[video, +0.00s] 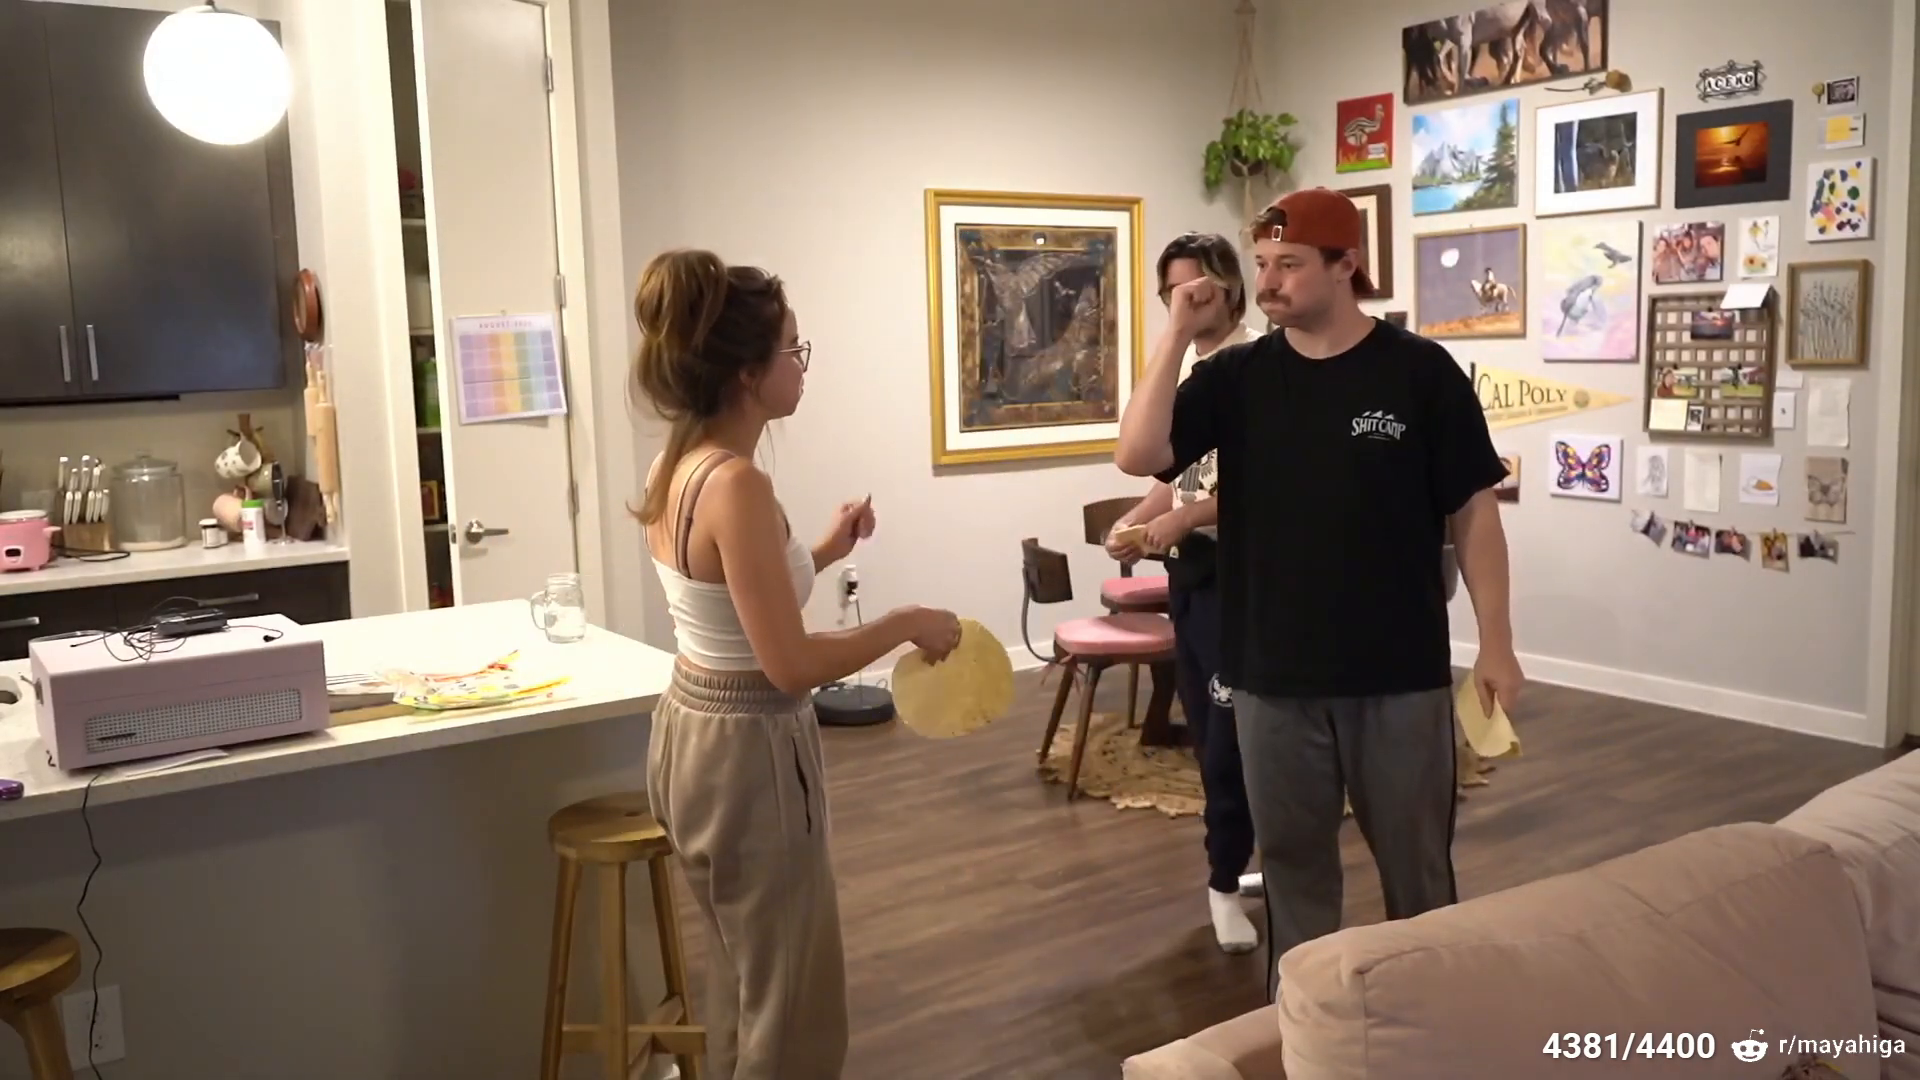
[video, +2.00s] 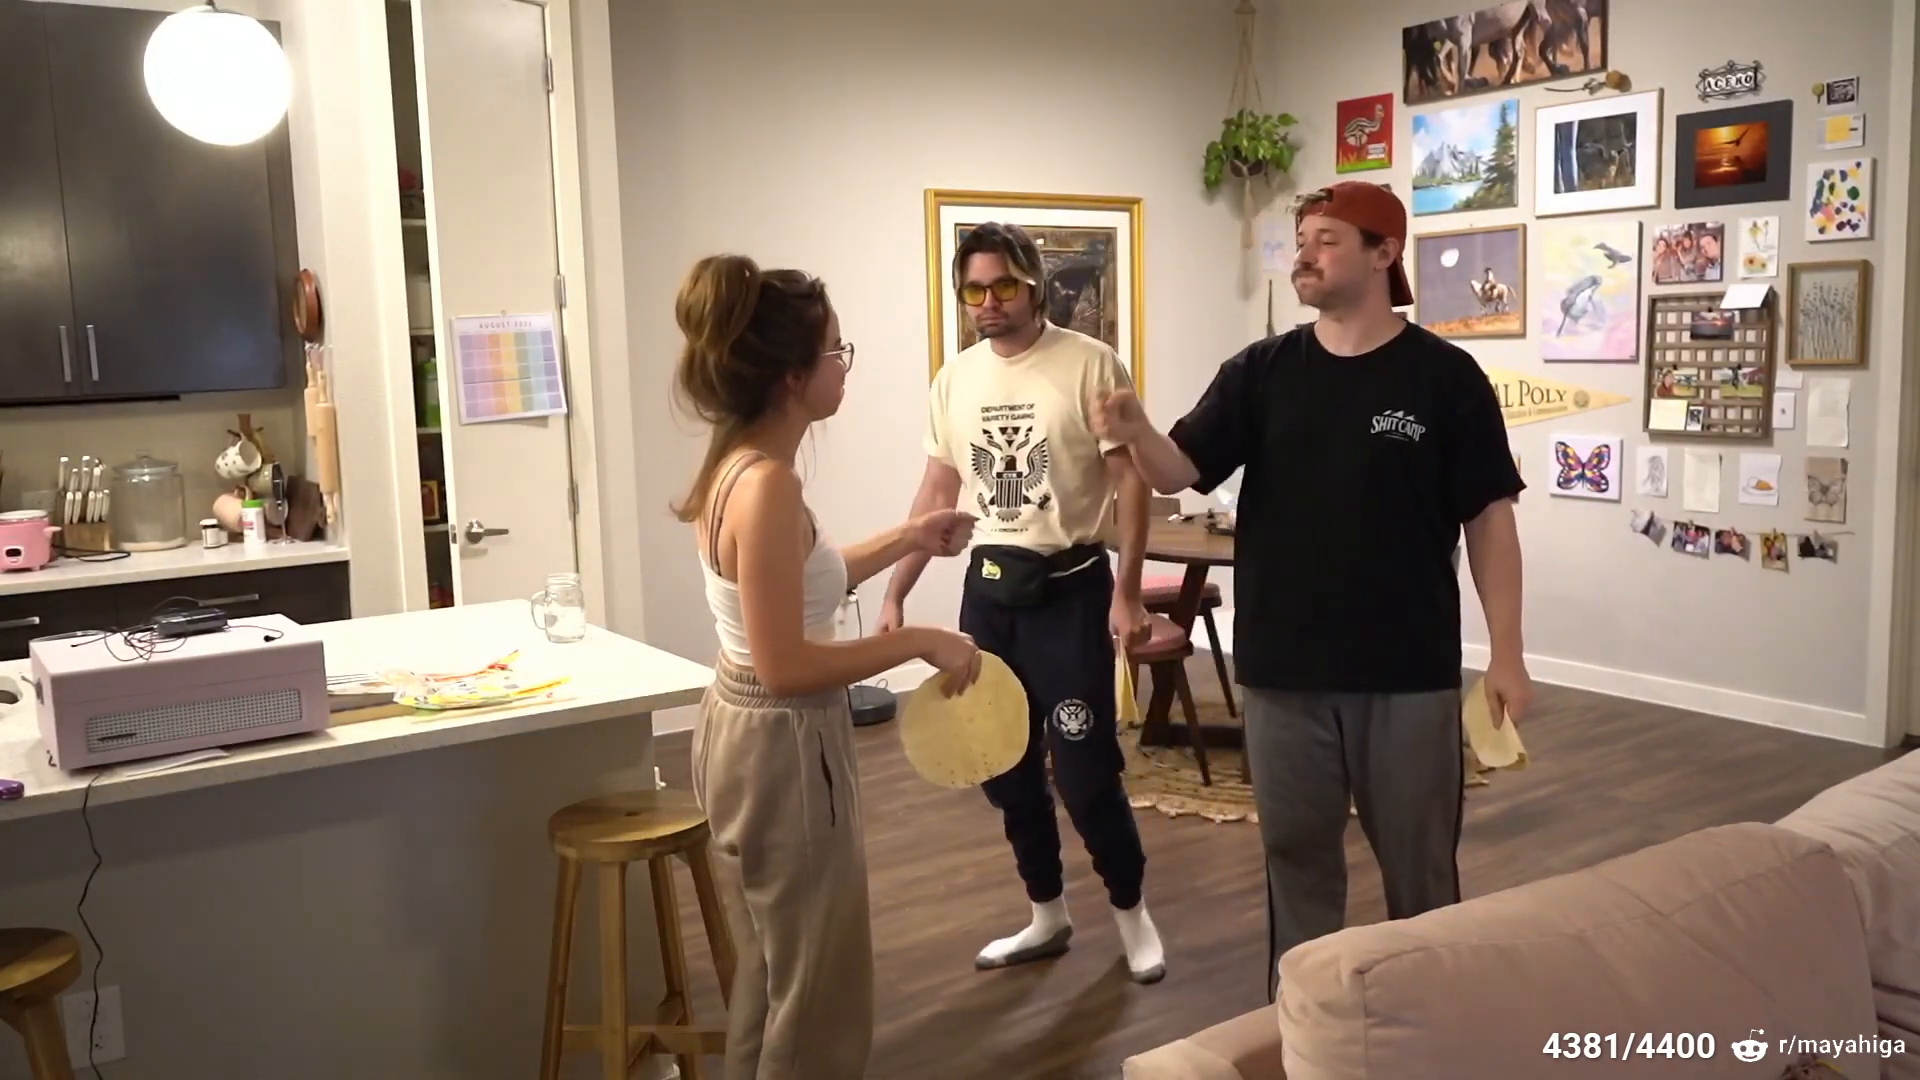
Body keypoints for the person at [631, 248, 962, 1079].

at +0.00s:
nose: (804, 363)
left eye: (799, 347)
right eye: (794, 350)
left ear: (728, 372)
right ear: (745, 371)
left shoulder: (677, 469)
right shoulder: (736, 487)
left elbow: (728, 598)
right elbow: (793, 664)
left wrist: (824, 552)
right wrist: (905, 622)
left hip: (693, 732)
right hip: (749, 750)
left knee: (743, 978)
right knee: (792, 999)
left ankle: (738, 1071)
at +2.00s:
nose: (846, 365)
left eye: (841, 350)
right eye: (836, 354)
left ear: (777, 379)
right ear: (790, 378)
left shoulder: (736, 469)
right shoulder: (766, 485)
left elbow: (807, 577)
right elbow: (783, 666)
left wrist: (911, 535)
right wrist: (924, 643)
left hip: (745, 734)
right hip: (783, 748)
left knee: (774, 966)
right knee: (818, 982)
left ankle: (752, 1074)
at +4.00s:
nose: (861, 371)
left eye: (857, 356)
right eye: (852, 359)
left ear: (795, 377)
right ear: (805, 376)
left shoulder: (753, 468)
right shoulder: (770, 482)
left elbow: (823, 592)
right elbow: (780, 665)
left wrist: (937, 546)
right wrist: (924, 646)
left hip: (761, 730)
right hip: (785, 744)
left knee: (781, 968)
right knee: (815, 978)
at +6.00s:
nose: (515, 637)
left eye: (525, 615)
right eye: (502, 618)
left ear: (597, 586)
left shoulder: (703, 591)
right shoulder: (546, 627)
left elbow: (728, 766)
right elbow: (563, 750)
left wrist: (617, 671)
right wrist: (557, 847)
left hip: (772, 789)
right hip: (653, 791)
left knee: (806, 1047)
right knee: (643, 1040)